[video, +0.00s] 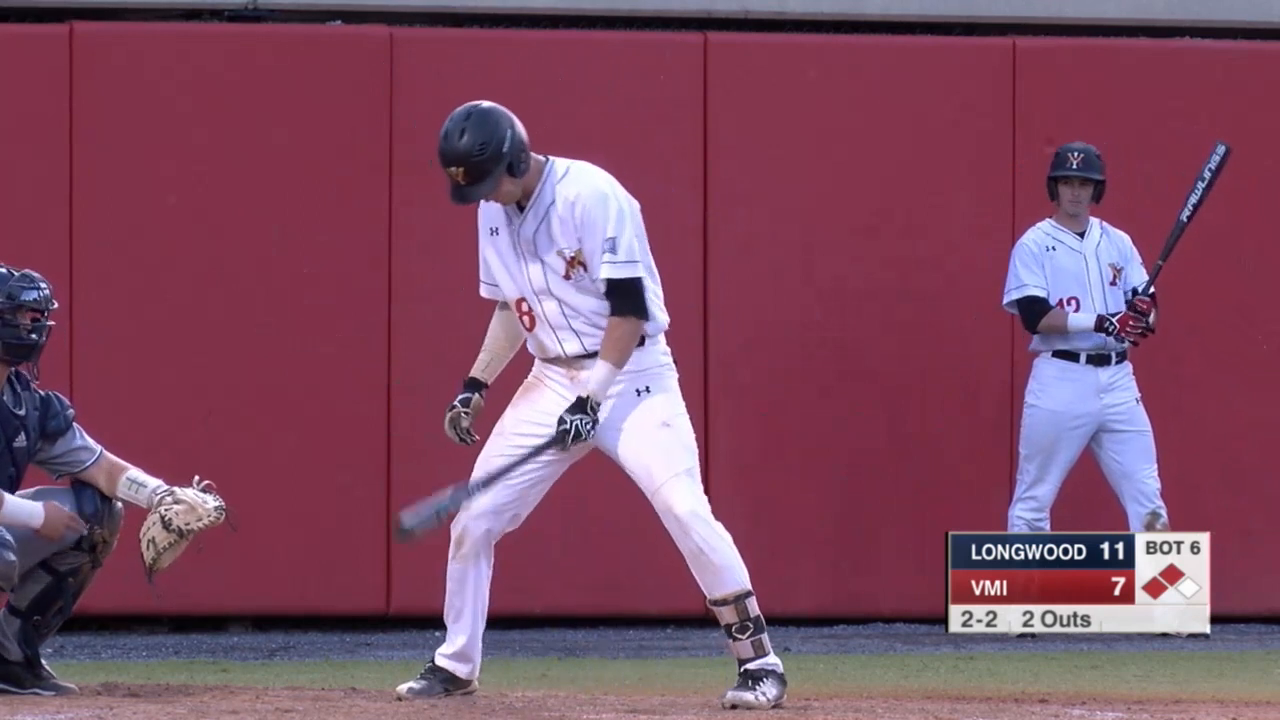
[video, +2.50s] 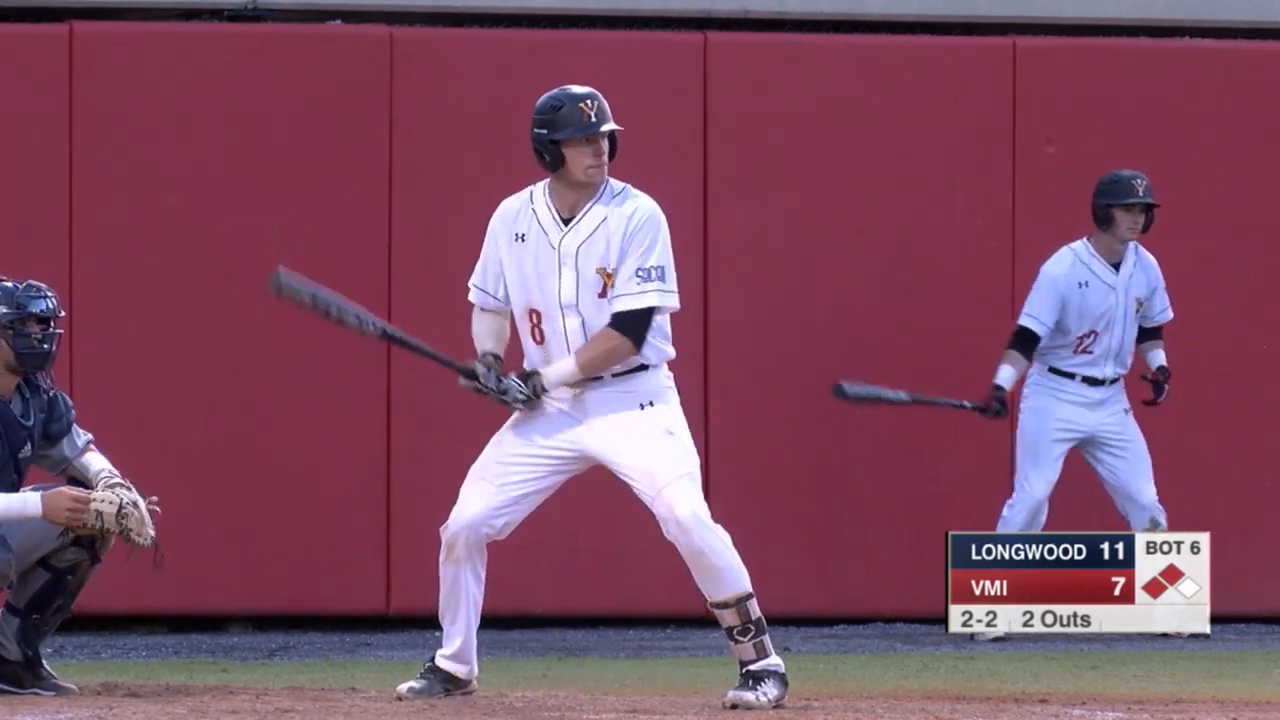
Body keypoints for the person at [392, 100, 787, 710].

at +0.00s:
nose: (485, 199)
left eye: (488, 186)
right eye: (477, 191)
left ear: (515, 162)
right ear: (476, 172)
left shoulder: (594, 193)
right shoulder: (492, 207)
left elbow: (629, 309)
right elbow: (510, 308)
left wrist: (589, 396)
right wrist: (473, 389)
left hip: (632, 378)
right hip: (552, 381)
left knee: (681, 505)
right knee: (474, 519)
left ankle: (759, 664)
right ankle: (455, 665)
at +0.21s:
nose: (535, 179)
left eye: (542, 166)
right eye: (525, 168)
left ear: (571, 146)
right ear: (515, 154)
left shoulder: (638, 190)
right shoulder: (516, 203)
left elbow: (684, 295)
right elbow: (519, 306)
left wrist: (639, 359)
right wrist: (497, 382)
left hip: (645, 383)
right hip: (558, 389)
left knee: (691, 512)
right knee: (479, 522)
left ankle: (761, 665)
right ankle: (455, 666)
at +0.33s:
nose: (578, 168)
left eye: (586, 154)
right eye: (566, 157)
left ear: (606, 135)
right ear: (546, 146)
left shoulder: (654, 188)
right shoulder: (524, 202)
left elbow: (716, 287)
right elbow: (514, 301)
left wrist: (695, 317)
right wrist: (496, 377)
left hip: (648, 384)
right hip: (561, 386)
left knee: (694, 513)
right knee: (482, 524)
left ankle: (762, 665)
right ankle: (455, 665)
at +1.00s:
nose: (628, 124)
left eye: (631, 112)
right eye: (613, 116)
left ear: (637, 114)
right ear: (577, 123)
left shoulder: (669, 197)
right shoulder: (535, 194)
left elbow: (680, 312)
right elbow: (520, 291)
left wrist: (643, 387)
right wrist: (520, 369)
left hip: (652, 380)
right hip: (561, 383)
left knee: (697, 513)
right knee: (483, 523)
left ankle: (762, 663)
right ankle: (455, 665)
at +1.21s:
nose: (603, 131)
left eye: (608, 119)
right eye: (588, 122)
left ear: (616, 120)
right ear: (555, 128)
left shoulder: (644, 197)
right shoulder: (519, 194)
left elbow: (632, 314)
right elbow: (503, 285)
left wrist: (560, 359)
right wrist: (479, 346)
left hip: (636, 388)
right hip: (547, 391)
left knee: (686, 510)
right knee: (473, 521)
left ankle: (760, 664)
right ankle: (454, 665)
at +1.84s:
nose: (593, 142)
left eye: (597, 129)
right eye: (577, 134)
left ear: (606, 130)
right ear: (548, 143)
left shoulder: (648, 196)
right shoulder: (521, 224)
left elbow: (672, 309)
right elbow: (530, 329)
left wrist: (611, 382)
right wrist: (555, 384)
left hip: (655, 396)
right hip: (569, 406)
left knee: (696, 516)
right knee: (482, 528)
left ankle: (762, 665)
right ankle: (454, 667)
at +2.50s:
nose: (598, 151)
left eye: (603, 139)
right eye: (582, 141)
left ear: (611, 141)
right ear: (550, 147)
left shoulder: (638, 215)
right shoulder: (511, 218)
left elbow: (630, 333)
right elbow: (491, 302)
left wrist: (543, 378)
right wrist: (489, 360)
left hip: (636, 405)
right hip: (547, 408)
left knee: (686, 518)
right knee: (465, 524)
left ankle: (761, 665)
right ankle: (453, 665)